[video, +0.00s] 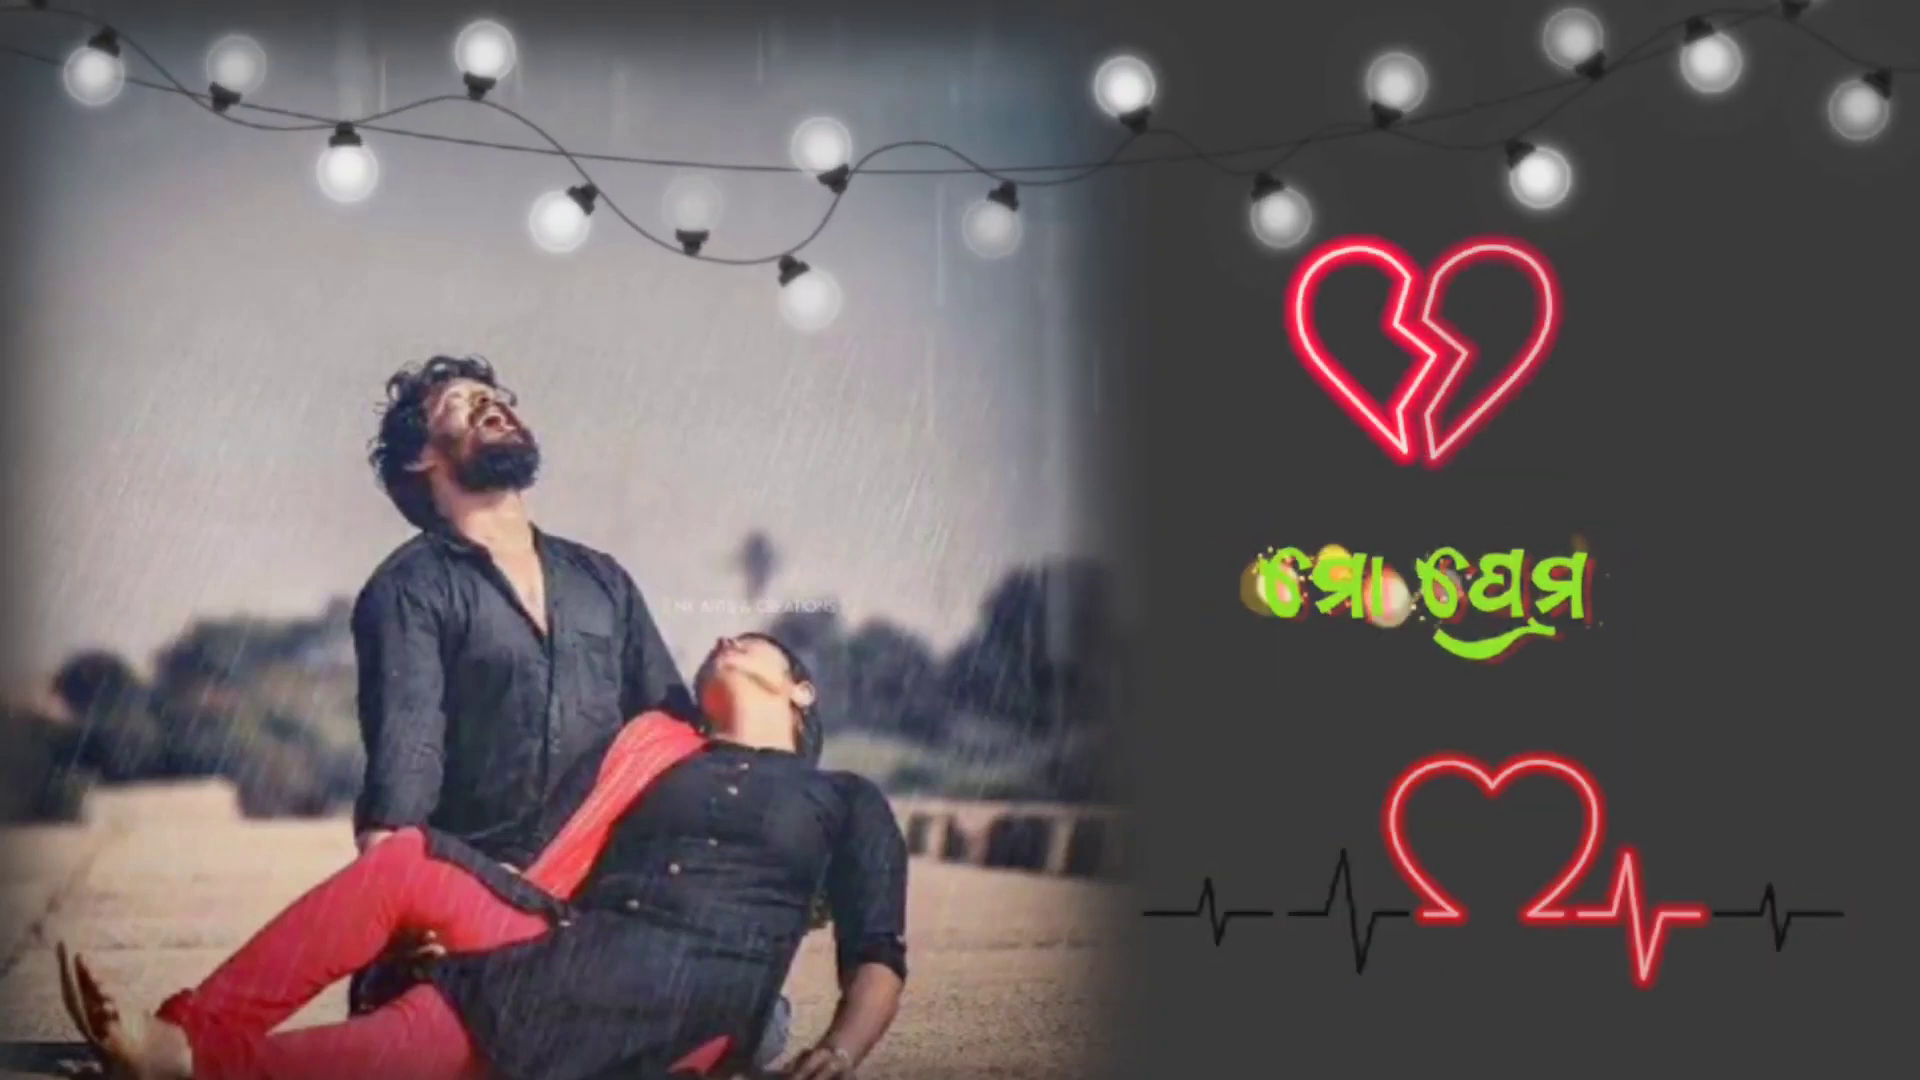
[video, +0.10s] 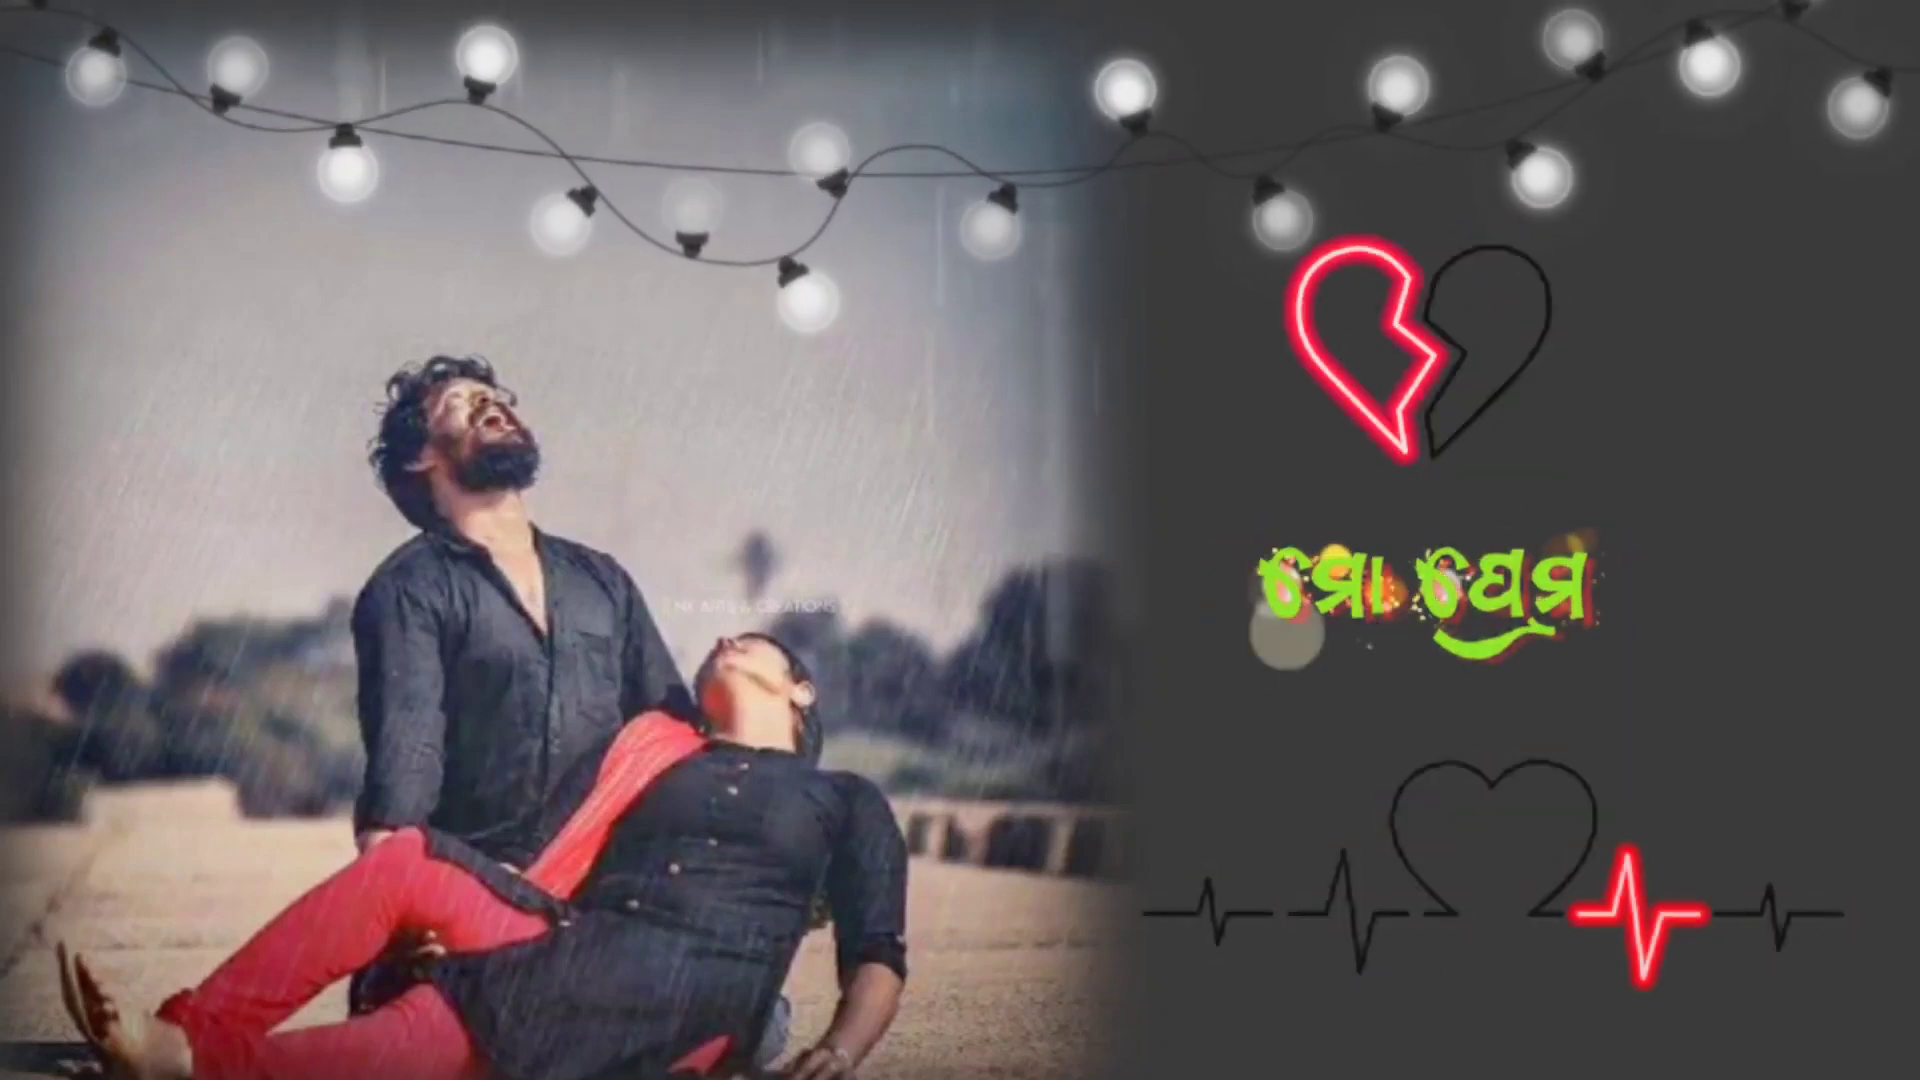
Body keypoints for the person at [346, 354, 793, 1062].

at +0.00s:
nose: (496, 408)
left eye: (501, 401)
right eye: (462, 406)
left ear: (524, 438)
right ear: (421, 463)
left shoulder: (603, 579)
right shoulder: (410, 588)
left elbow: (679, 729)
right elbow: (404, 753)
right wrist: (389, 902)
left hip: (617, 885)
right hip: (461, 891)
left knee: (761, 1019)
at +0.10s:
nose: (495, 409)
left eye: (500, 401)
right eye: (461, 406)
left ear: (525, 436)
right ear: (421, 462)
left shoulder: (603, 579)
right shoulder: (411, 587)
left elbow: (678, 729)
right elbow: (405, 745)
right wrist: (388, 893)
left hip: (616, 883)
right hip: (461, 889)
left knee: (762, 1020)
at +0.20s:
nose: (496, 409)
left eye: (501, 401)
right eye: (463, 406)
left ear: (525, 436)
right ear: (421, 462)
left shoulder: (603, 579)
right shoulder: (411, 587)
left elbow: (678, 729)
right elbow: (404, 748)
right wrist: (388, 895)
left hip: (615, 884)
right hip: (460, 889)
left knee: (762, 1020)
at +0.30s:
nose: (495, 408)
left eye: (501, 401)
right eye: (461, 406)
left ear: (525, 436)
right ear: (421, 462)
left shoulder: (603, 579)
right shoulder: (410, 587)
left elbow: (678, 729)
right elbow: (404, 748)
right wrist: (389, 895)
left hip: (617, 884)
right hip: (462, 890)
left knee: (762, 1020)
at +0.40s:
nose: (496, 409)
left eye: (501, 401)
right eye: (463, 406)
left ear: (525, 437)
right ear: (421, 462)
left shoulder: (603, 579)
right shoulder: (410, 588)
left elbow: (678, 729)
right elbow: (404, 751)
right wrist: (389, 900)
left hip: (616, 884)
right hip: (461, 890)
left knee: (762, 1019)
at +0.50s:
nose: (496, 408)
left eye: (501, 401)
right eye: (462, 406)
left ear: (524, 438)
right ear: (421, 463)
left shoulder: (603, 579)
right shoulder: (410, 588)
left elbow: (679, 729)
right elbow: (404, 753)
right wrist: (389, 902)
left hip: (617, 885)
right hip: (461, 890)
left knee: (761, 1019)